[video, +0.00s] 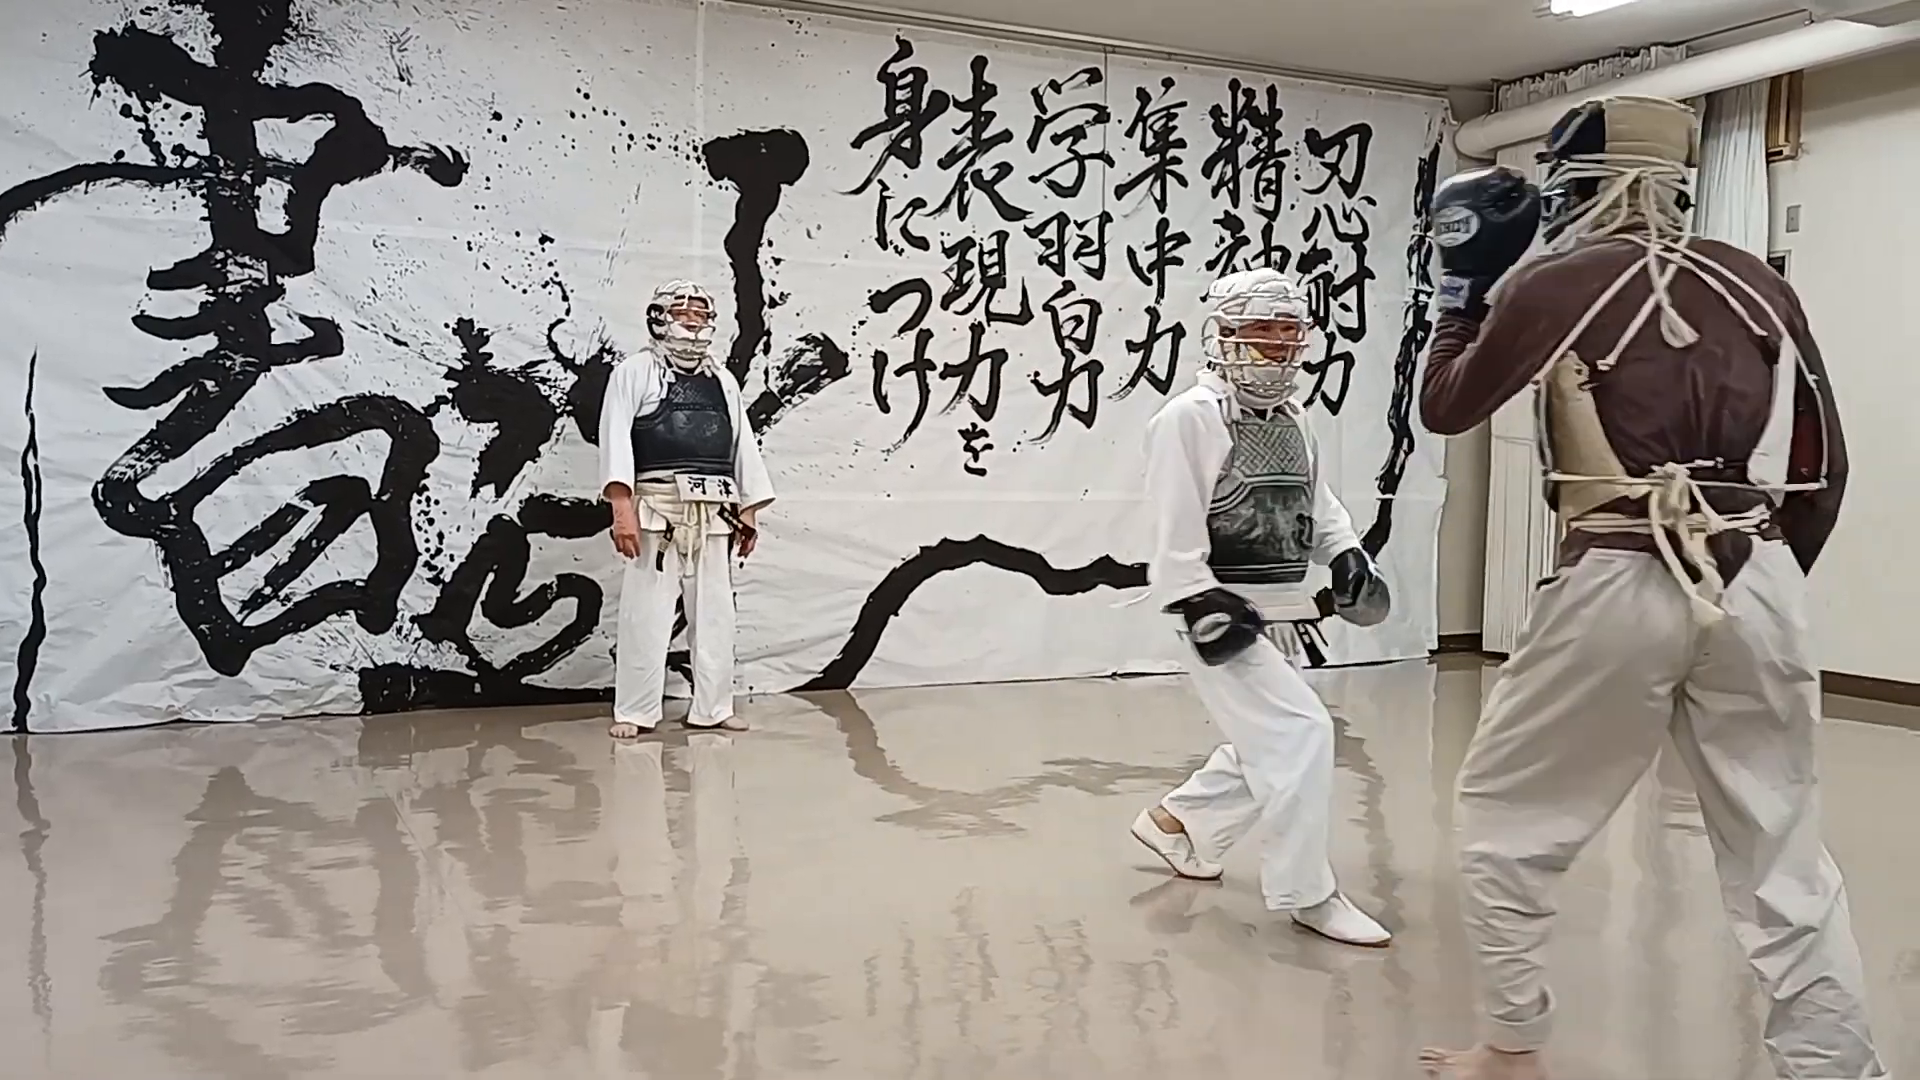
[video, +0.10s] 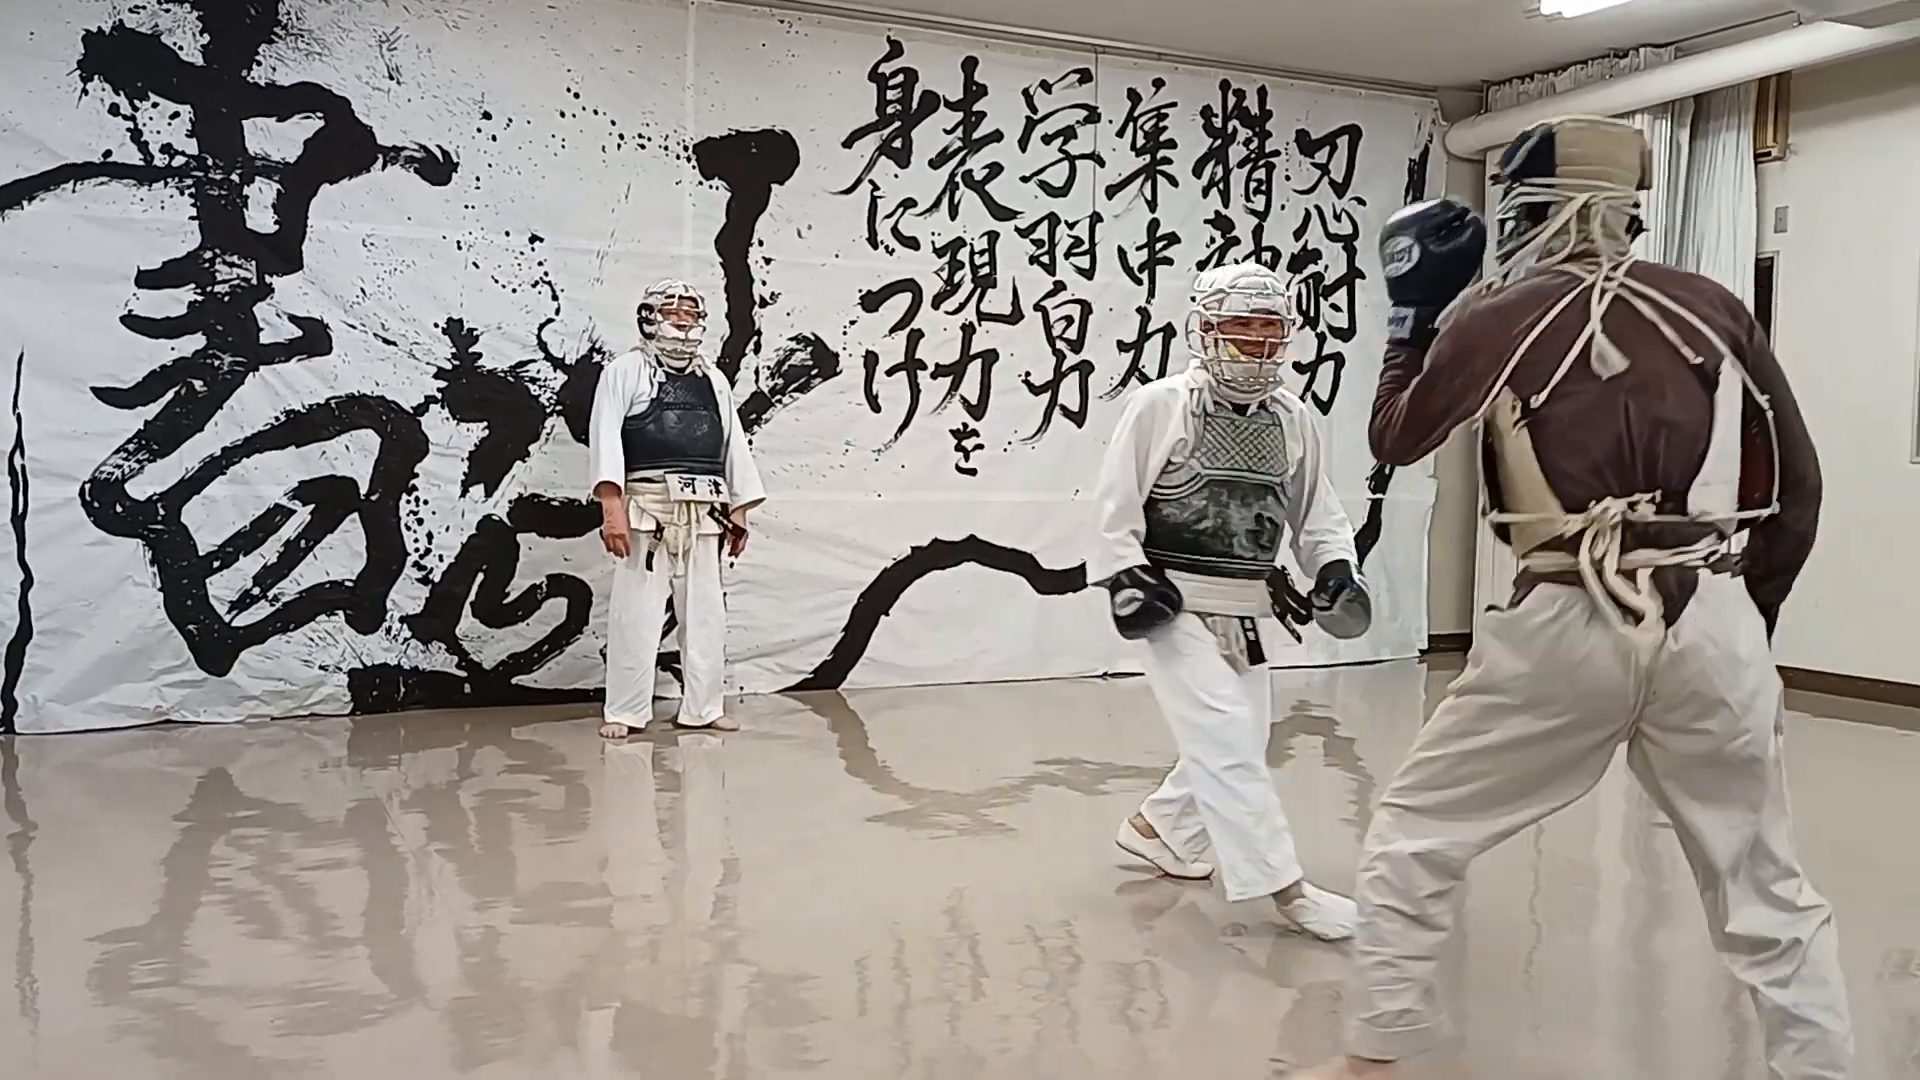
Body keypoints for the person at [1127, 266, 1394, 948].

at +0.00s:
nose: (1274, 349)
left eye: (1286, 335)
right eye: (1259, 335)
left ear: (1301, 342)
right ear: (1224, 340)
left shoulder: (1290, 422)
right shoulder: (1189, 419)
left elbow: (1315, 500)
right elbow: (1174, 527)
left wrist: (1346, 555)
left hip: (1281, 616)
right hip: (1220, 615)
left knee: (1279, 737)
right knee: (1302, 728)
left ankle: (1177, 821)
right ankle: (1307, 892)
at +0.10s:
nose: (1256, 347)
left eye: (1269, 332)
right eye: (1239, 332)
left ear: (1286, 339)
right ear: (1205, 335)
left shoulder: (1297, 423)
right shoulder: (1159, 408)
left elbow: (1319, 516)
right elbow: (1116, 503)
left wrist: (1334, 569)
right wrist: (1125, 573)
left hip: (1245, 612)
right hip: (1172, 605)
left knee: (1243, 735)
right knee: (1227, 732)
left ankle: (1159, 824)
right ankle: (1287, 888)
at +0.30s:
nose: (1202, 327)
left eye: (1214, 314)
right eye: (1186, 313)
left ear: (1229, 324)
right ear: (1152, 319)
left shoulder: (1243, 407)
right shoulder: (1105, 394)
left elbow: (1266, 508)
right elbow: (1056, 485)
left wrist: (1258, 562)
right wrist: (1059, 550)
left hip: (1193, 601)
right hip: (1107, 594)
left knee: (1190, 735)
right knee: (1089, 726)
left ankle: (1141, 831)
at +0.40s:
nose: (1150, 338)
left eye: (1167, 329)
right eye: (1143, 321)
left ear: (1191, 337)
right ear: (1127, 322)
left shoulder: (1202, 420)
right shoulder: (1080, 402)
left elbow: (1231, 510)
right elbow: (1040, 495)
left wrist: (1205, 581)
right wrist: (1055, 557)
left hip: (1166, 602)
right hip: (1077, 595)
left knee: (1176, 750)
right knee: (1025, 724)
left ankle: (1185, 874)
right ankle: (1012, 873)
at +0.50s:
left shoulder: (1180, 420)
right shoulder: (1058, 419)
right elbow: (1035, 501)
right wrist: (1055, 553)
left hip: (1167, 610)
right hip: (1073, 609)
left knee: (1193, 733)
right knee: (1008, 735)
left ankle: (1214, 851)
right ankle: (1000, 882)